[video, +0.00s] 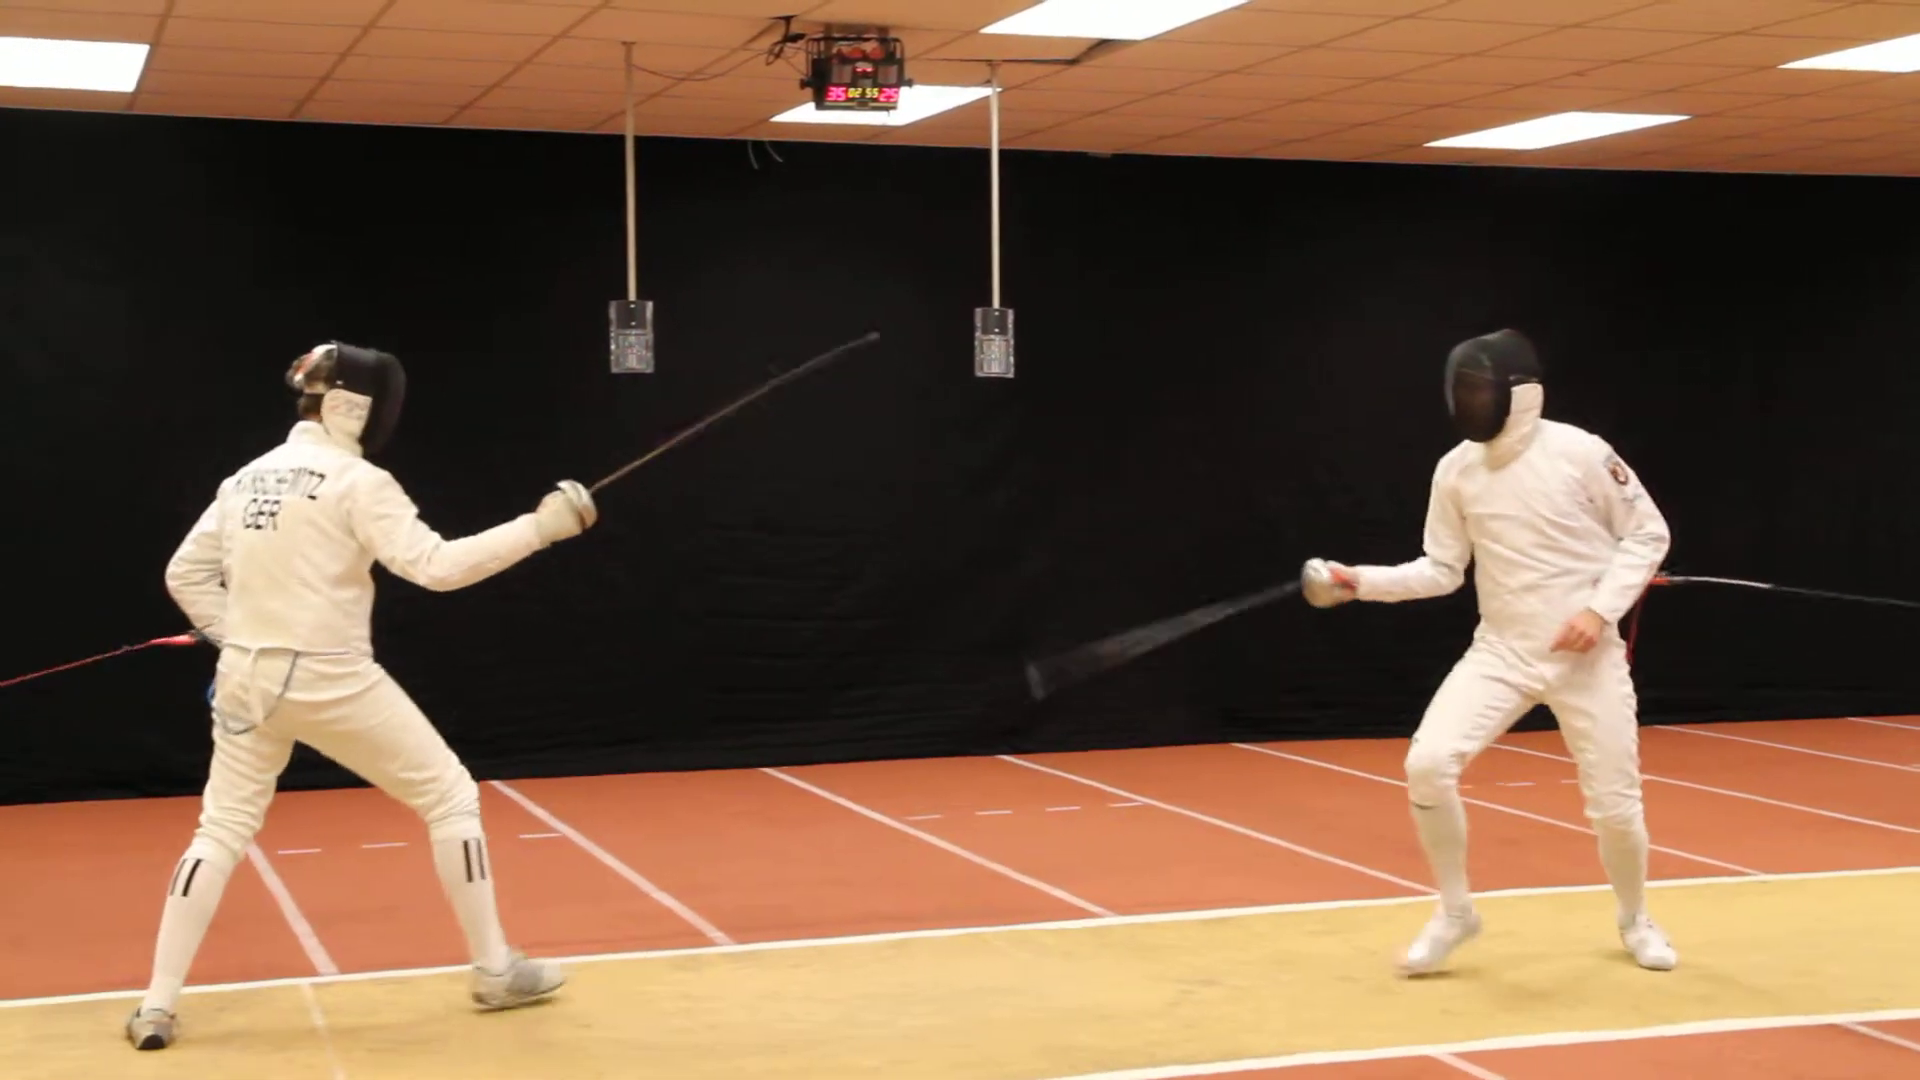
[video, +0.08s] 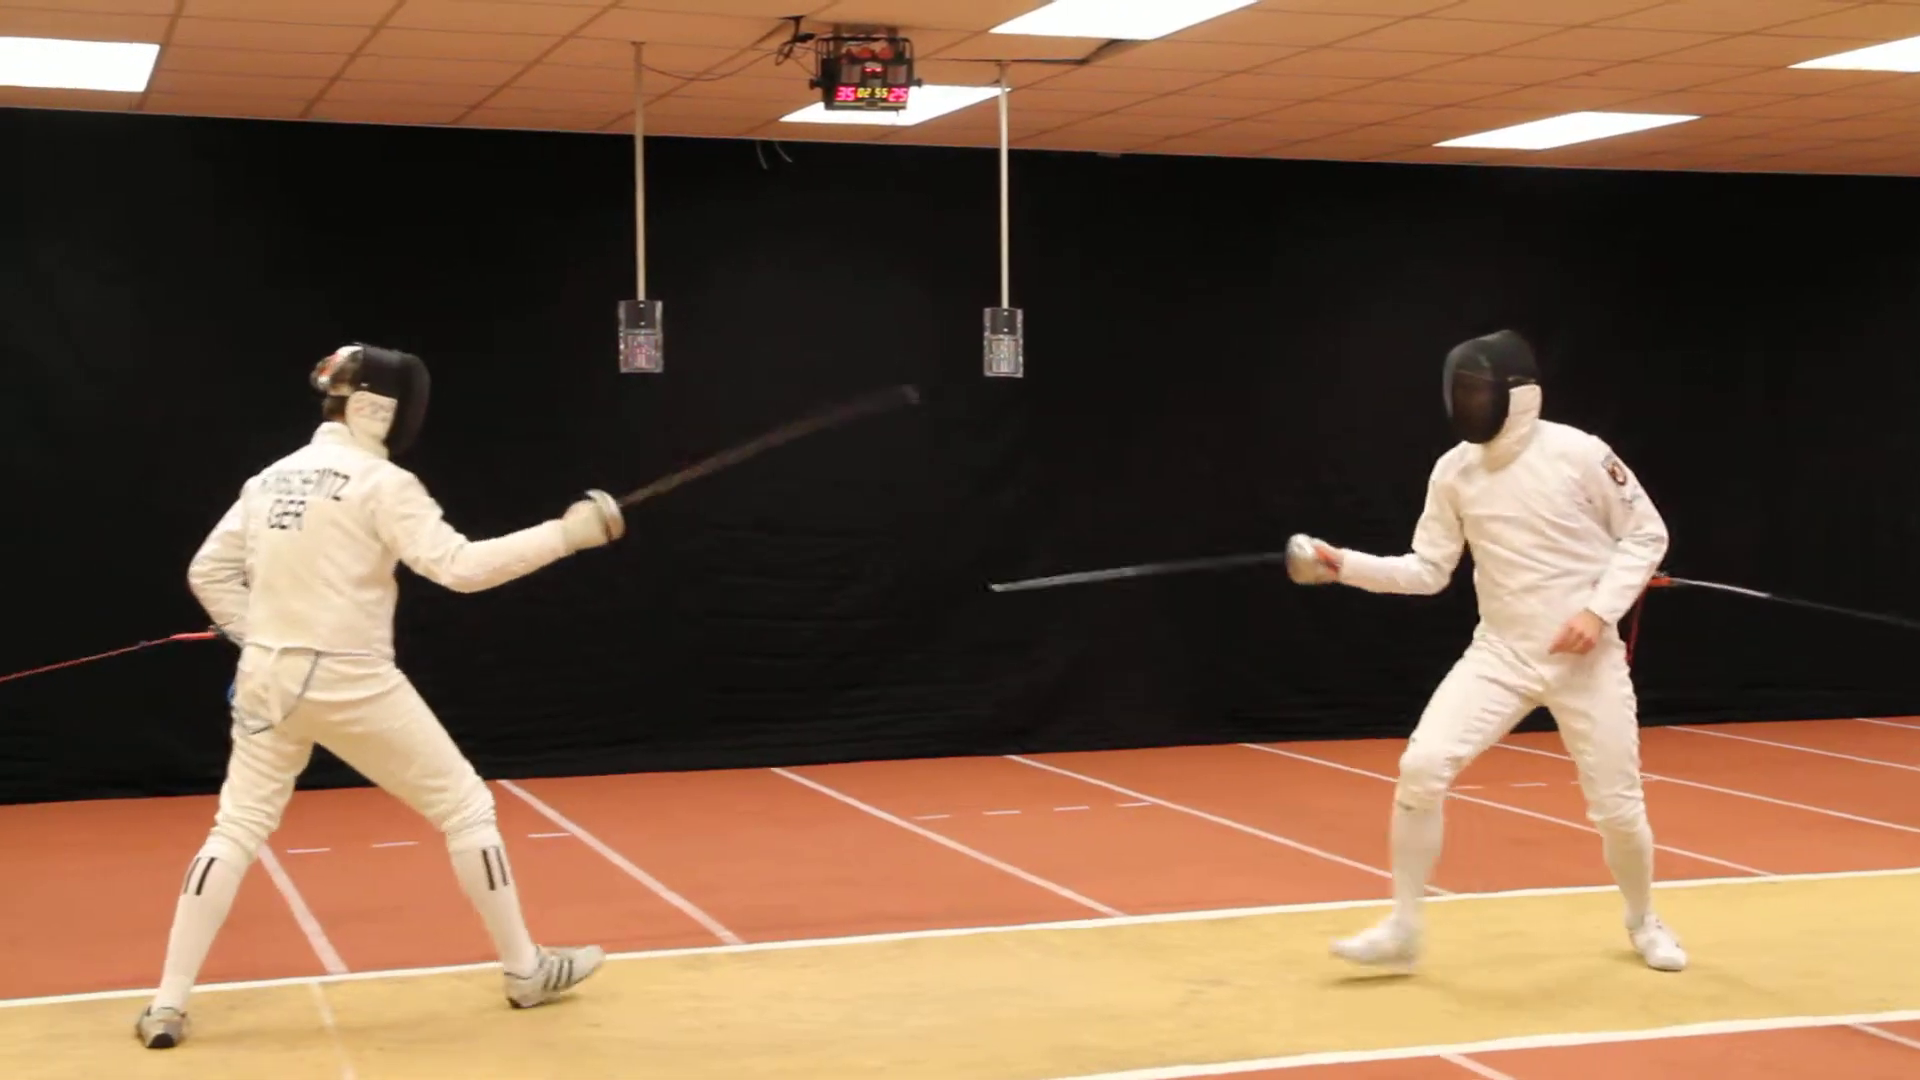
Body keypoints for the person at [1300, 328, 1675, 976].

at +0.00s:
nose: (1465, 401)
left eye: (1479, 388)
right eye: (1462, 388)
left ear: (1522, 391)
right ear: (1461, 393)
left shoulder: (1581, 455)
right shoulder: (1456, 472)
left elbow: (1648, 536)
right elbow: (1442, 568)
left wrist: (1601, 609)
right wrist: (1358, 580)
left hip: (1589, 659)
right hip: (1499, 654)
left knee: (1616, 809)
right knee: (1427, 766)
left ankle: (1635, 921)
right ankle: (1455, 913)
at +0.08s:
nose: (1460, 402)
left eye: (1475, 389)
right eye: (1458, 389)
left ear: (1518, 391)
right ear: (1457, 393)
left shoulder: (1580, 456)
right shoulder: (1454, 473)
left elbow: (1646, 537)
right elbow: (1428, 571)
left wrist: (1599, 611)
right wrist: (1337, 563)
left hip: (1588, 660)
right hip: (1498, 656)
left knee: (1619, 811)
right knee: (1421, 769)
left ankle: (1644, 923)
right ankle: (1403, 930)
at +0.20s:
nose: (1444, 420)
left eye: (1459, 406)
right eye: (1441, 406)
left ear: (1501, 408)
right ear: (1440, 410)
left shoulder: (1561, 471)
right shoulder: (1434, 488)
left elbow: (1627, 551)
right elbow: (1385, 577)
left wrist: (1587, 630)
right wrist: (1301, 557)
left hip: (1572, 677)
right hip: (1481, 675)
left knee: (1615, 822)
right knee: (1402, 796)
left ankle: (1654, 929)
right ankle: (1331, 948)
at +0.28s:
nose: (1408, 425)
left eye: (1422, 410)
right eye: (1405, 411)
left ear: (1464, 414)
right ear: (1407, 418)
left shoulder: (1533, 476)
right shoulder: (1405, 492)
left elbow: (1599, 558)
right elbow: (1337, 567)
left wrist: (1567, 641)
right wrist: (1244, 547)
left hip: (1548, 685)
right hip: (1455, 681)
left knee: (1605, 826)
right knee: (1370, 794)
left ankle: (1651, 927)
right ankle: (1315, 953)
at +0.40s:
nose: (1383, 441)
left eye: (1396, 427)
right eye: (1377, 427)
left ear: (1437, 426)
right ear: (1373, 429)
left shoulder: (1497, 486)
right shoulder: (1367, 496)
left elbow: (1562, 569)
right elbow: (1281, 542)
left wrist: (1538, 653)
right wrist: (1176, 542)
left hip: (1519, 687)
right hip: (1426, 686)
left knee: (1597, 831)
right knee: (1336, 789)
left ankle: (1610, 923)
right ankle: (1319, 955)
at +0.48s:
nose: (1369, 442)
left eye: (1381, 428)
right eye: (1362, 429)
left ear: (1423, 429)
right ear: (1358, 433)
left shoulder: (1485, 487)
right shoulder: (1356, 500)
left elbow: (1552, 570)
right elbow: (1272, 549)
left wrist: (1526, 652)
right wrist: (1170, 544)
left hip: (1513, 687)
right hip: (1419, 687)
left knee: (1589, 832)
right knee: (1329, 789)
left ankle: (1590, 926)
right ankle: (1319, 956)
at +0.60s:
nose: (1360, 445)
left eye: (1373, 431)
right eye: (1355, 431)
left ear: (1416, 432)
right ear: (1355, 436)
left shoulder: (1483, 488)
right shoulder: (1356, 506)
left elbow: (1556, 563)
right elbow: (1273, 564)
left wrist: (1526, 648)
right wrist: (1176, 538)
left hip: (1515, 691)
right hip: (1421, 690)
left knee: (1586, 834)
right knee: (1323, 789)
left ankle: (1591, 933)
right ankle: (1319, 955)